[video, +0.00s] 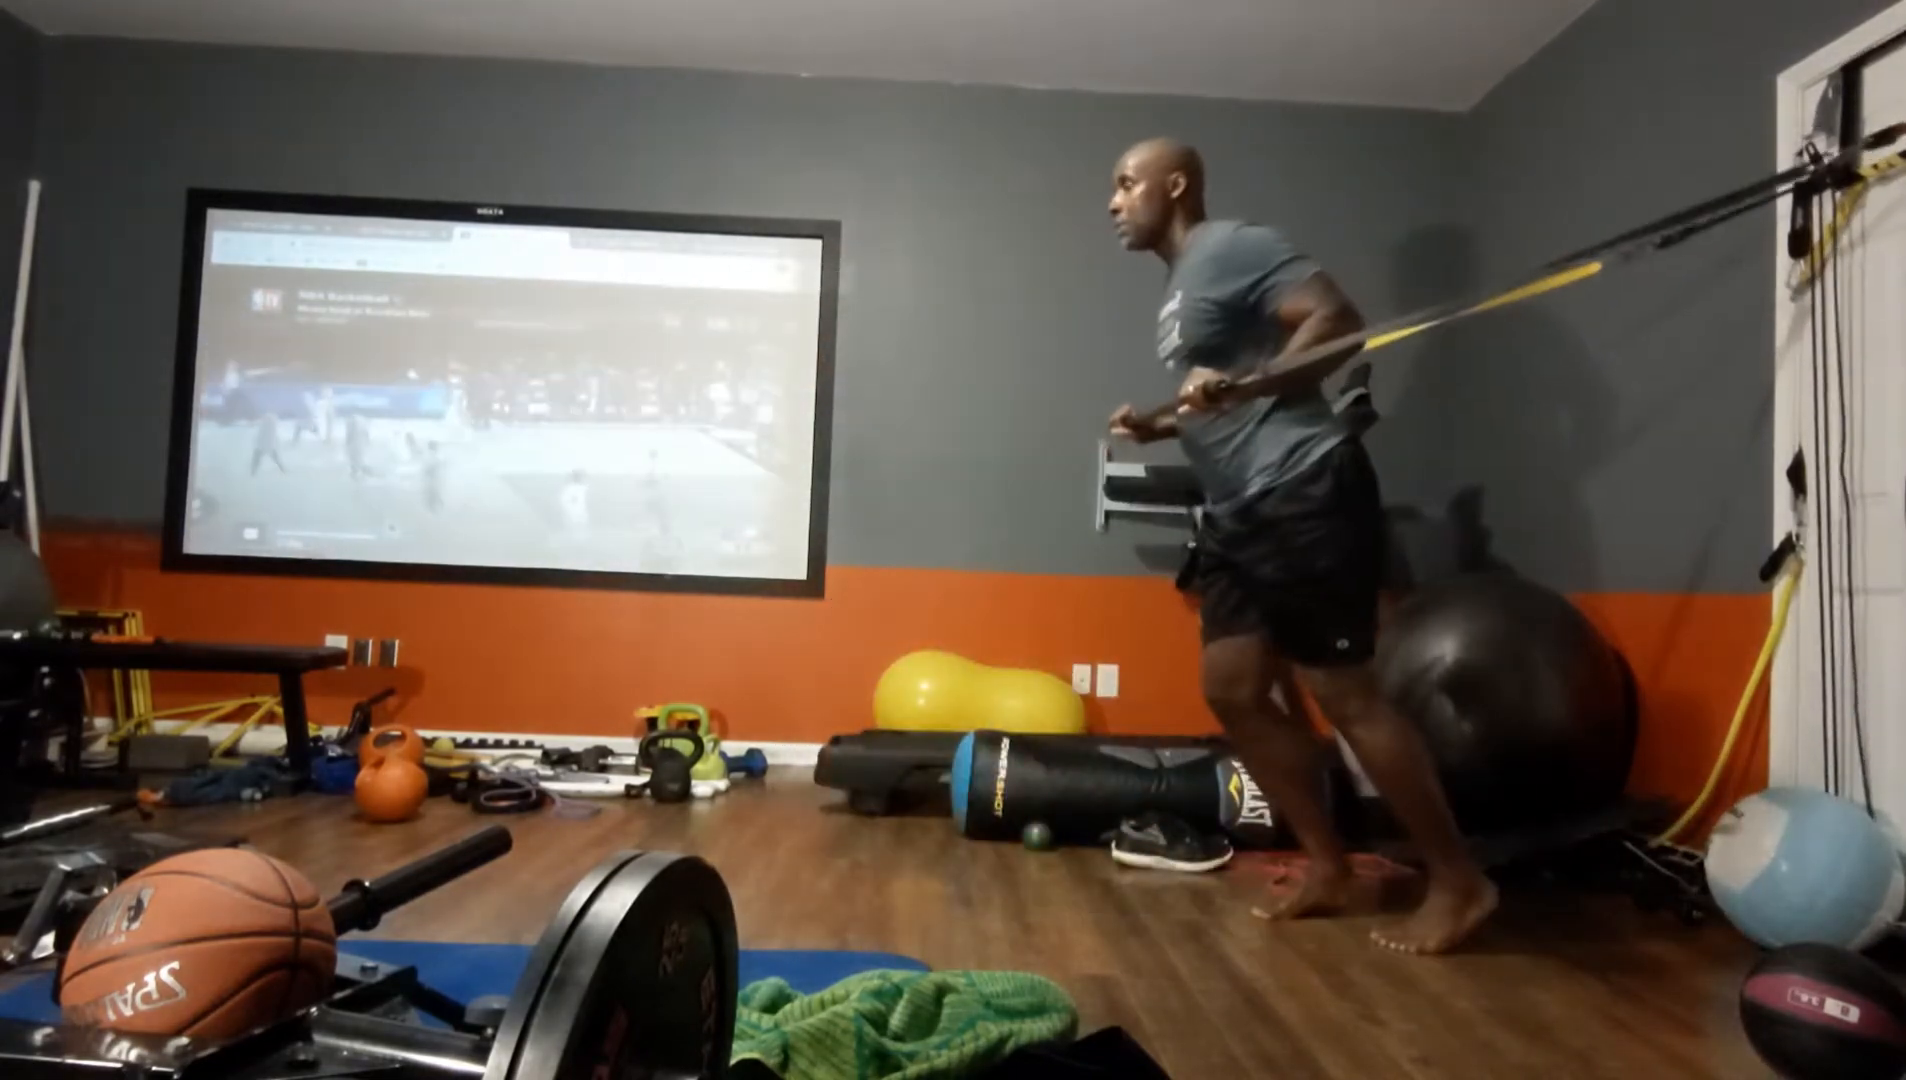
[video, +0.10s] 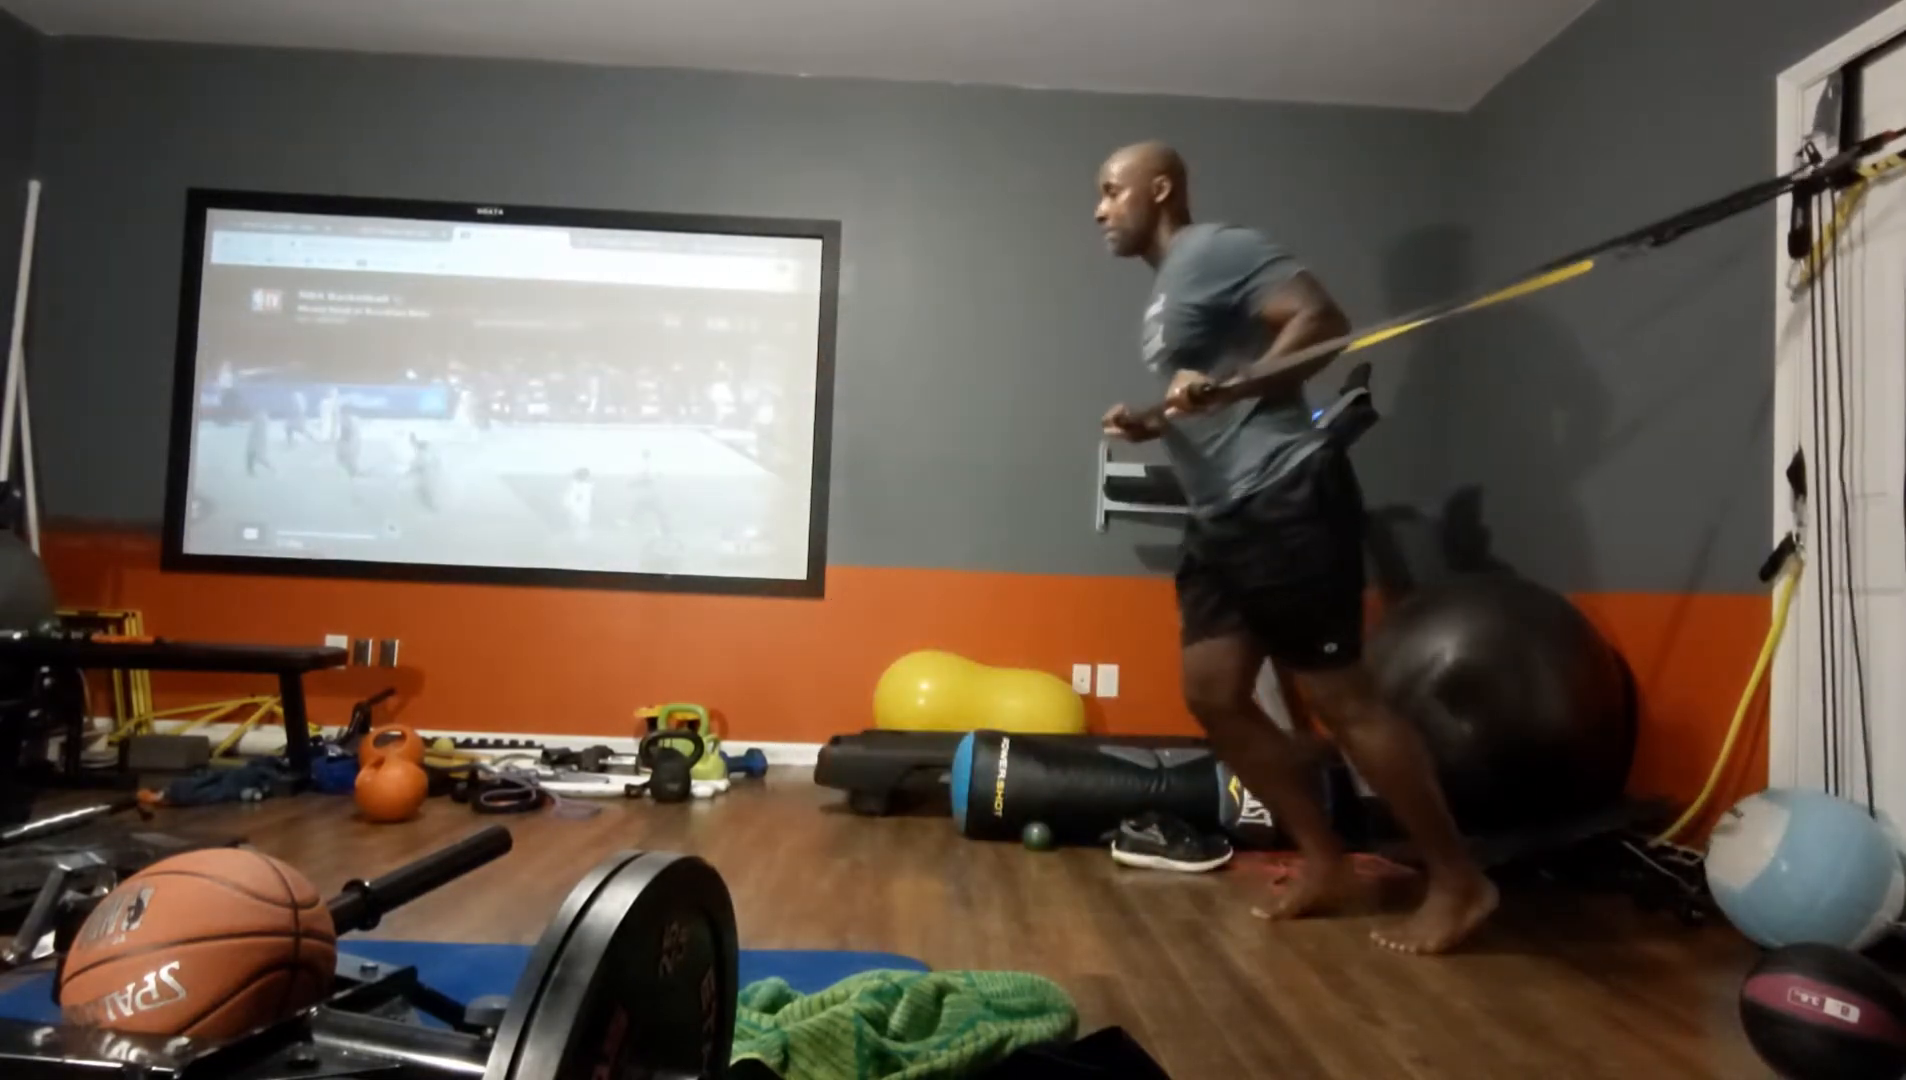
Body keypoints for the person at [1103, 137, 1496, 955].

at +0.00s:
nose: (1113, 202)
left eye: (1127, 185)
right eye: (1114, 187)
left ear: (1177, 188)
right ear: (1168, 192)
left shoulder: (1231, 246)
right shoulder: (1179, 288)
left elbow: (1338, 320)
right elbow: (1237, 402)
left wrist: (1246, 384)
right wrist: (1162, 424)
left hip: (1311, 495)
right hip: (1242, 511)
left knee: (1346, 693)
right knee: (1234, 690)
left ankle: (1459, 884)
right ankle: (1325, 869)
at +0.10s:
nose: (1099, 209)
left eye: (1112, 191)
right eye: (1099, 196)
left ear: (1163, 191)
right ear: (1148, 199)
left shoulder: (1215, 248)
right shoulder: (1164, 297)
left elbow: (1322, 321)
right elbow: (1223, 399)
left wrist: (1230, 386)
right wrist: (1155, 423)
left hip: (1294, 503)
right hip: (1223, 521)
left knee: (1341, 698)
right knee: (1215, 696)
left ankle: (1458, 882)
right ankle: (1323, 865)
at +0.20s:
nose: (1078, 220)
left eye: (1088, 201)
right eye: (1076, 207)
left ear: (1139, 196)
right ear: (1116, 207)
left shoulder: (1193, 252)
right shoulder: (1143, 297)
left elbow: (1299, 324)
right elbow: (1200, 406)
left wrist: (1211, 391)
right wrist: (1133, 424)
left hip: (1263, 509)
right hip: (1194, 526)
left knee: (1308, 704)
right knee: (1197, 701)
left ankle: (1453, 876)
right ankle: (1322, 861)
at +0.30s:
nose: (1052, 236)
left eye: (1060, 215)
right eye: (1049, 222)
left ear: (1110, 202)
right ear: (1086, 216)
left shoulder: (1168, 257)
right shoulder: (1115, 299)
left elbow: (1266, 334)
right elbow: (1163, 402)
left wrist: (1173, 391)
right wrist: (1098, 420)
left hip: (1219, 505)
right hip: (1168, 518)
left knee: (1210, 708)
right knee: (1192, 710)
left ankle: (1398, 845)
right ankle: (1319, 858)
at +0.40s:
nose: (1019, 254)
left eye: (1025, 234)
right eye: (1011, 241)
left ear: (1071, 214)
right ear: (1058, 224)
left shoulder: (1136, 271)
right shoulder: (1077, 316)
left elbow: (1220, 354)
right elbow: (1115, 412)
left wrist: (1118, 389)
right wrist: (1050, 416)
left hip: (1184, 513)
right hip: (1149, 520)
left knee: (1115, 708)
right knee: (1183, 708)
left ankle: (1302, 833)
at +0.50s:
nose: (968, 262)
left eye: (974, 241)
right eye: (959, 250)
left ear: (1020, 223)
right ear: (969, 255)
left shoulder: (1076, 274)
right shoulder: (1027, 319)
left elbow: (1121, 361)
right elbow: (1040, 416)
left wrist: (1001, 356)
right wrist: (959, 396)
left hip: (1149, 504)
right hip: (1120, 514)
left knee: (1019, 665)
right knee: (1182, 725)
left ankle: (1125, 829)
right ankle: (1314, 854)